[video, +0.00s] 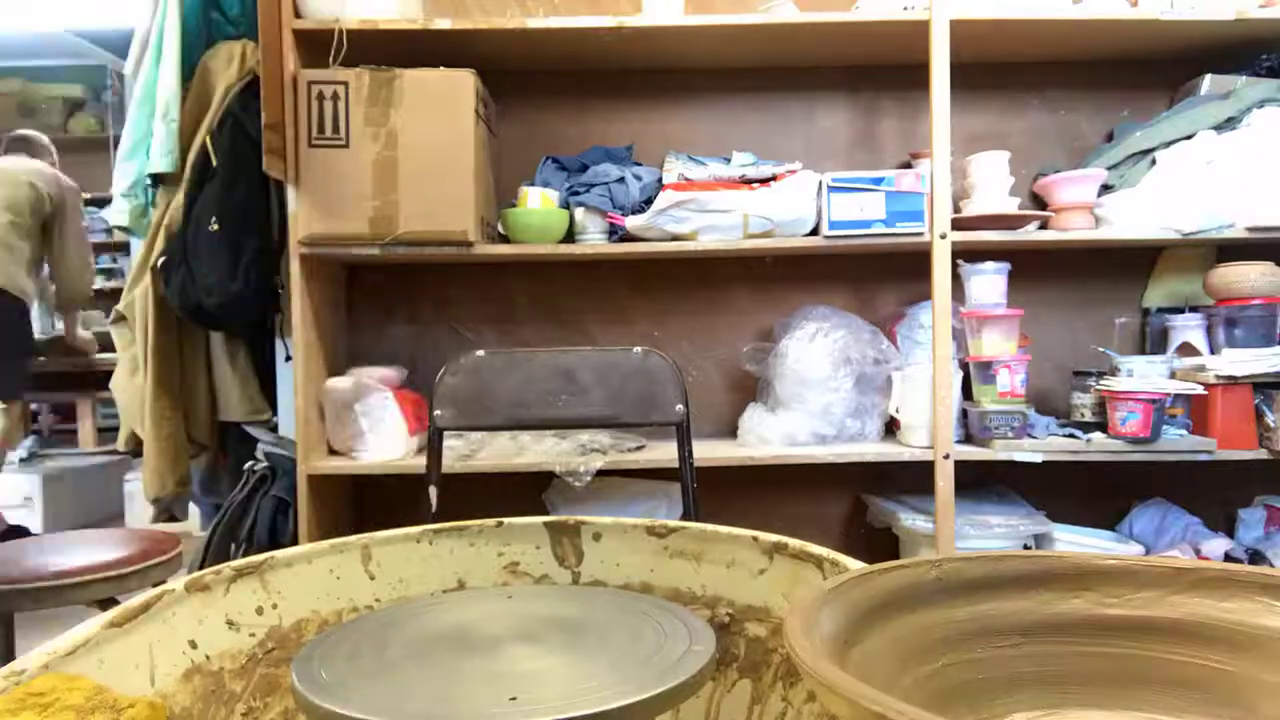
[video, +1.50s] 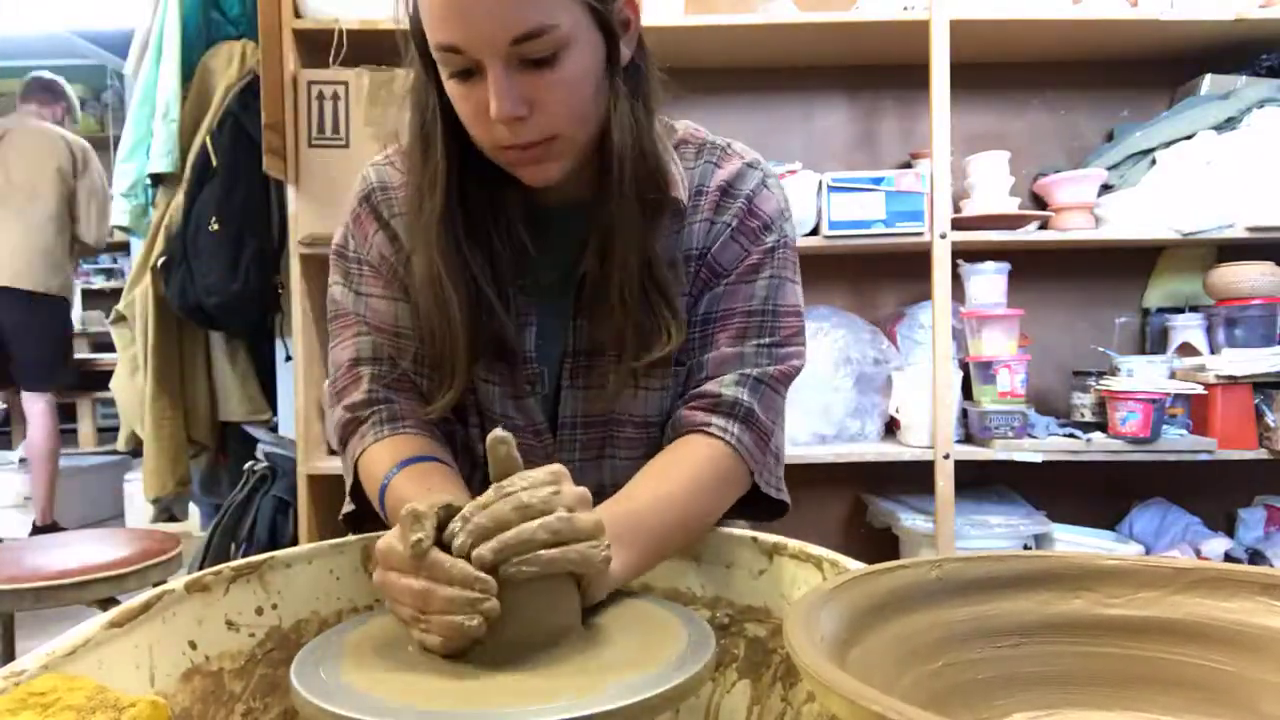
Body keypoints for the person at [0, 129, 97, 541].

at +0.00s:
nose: (60, 172)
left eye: (59, 167)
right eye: (58, 164)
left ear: (8, 154)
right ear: (48, 159)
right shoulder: (54, 182)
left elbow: (71, 267)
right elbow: (73, 269)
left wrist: (67, 326)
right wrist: (72, 332)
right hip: (6, 296)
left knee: (12, 409)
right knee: (10, 409)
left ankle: (6, 518)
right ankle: (2, 517)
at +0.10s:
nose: (24, 89)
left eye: (23, 81)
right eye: (23, 81)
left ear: (4, 77)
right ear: (11, 76)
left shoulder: (26, 119)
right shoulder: (29, 117)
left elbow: (58, 204)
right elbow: (61, 205)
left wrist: (78, 232)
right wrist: (85, 234)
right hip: (13, 276)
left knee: (17, 396)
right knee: (19, 397)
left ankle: (4, 509)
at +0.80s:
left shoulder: (16, 116)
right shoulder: (14, 115)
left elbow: (44, 197)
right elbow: (44, 197)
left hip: (14, 282)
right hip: (12, 281)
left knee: (16, 405)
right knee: (14, 404)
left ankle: (13, 526)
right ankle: (13, 528)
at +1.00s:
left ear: (36, 171)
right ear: (73, 180)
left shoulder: (9, 179)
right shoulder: (77, 194)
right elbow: (85, 275)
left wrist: (69, 321)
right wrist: (72, 325)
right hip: (21, 279)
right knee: (30, 407)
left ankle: (41, 517)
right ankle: (41, 519)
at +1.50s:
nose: (65, 122)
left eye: (66, 116)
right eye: (66, 115)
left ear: (21, 103)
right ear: (56, 107)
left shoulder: (3, 133)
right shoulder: (71, 147)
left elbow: (92, 234)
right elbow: (94, 235)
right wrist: (66, 250)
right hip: (34, 287)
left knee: (21, 400)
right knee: (38, 403)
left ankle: (42, 514)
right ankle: (43, 519)